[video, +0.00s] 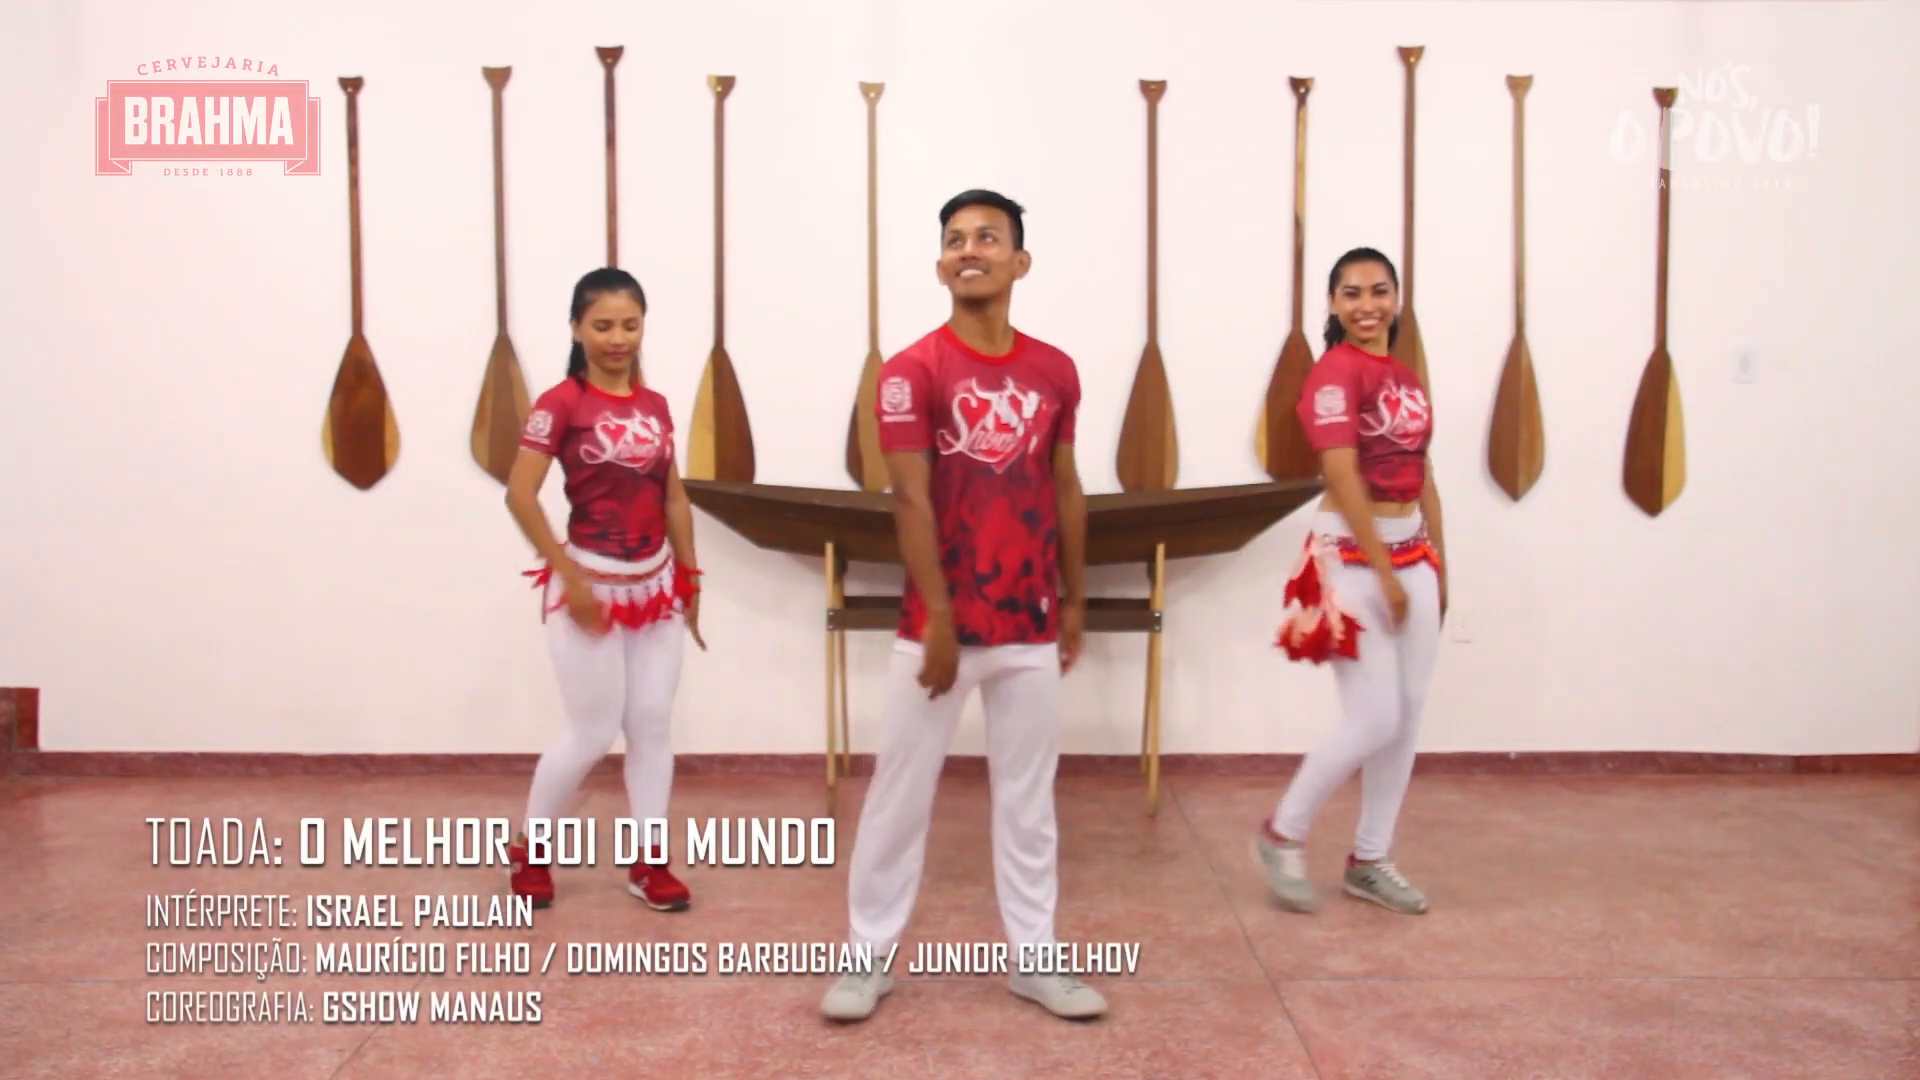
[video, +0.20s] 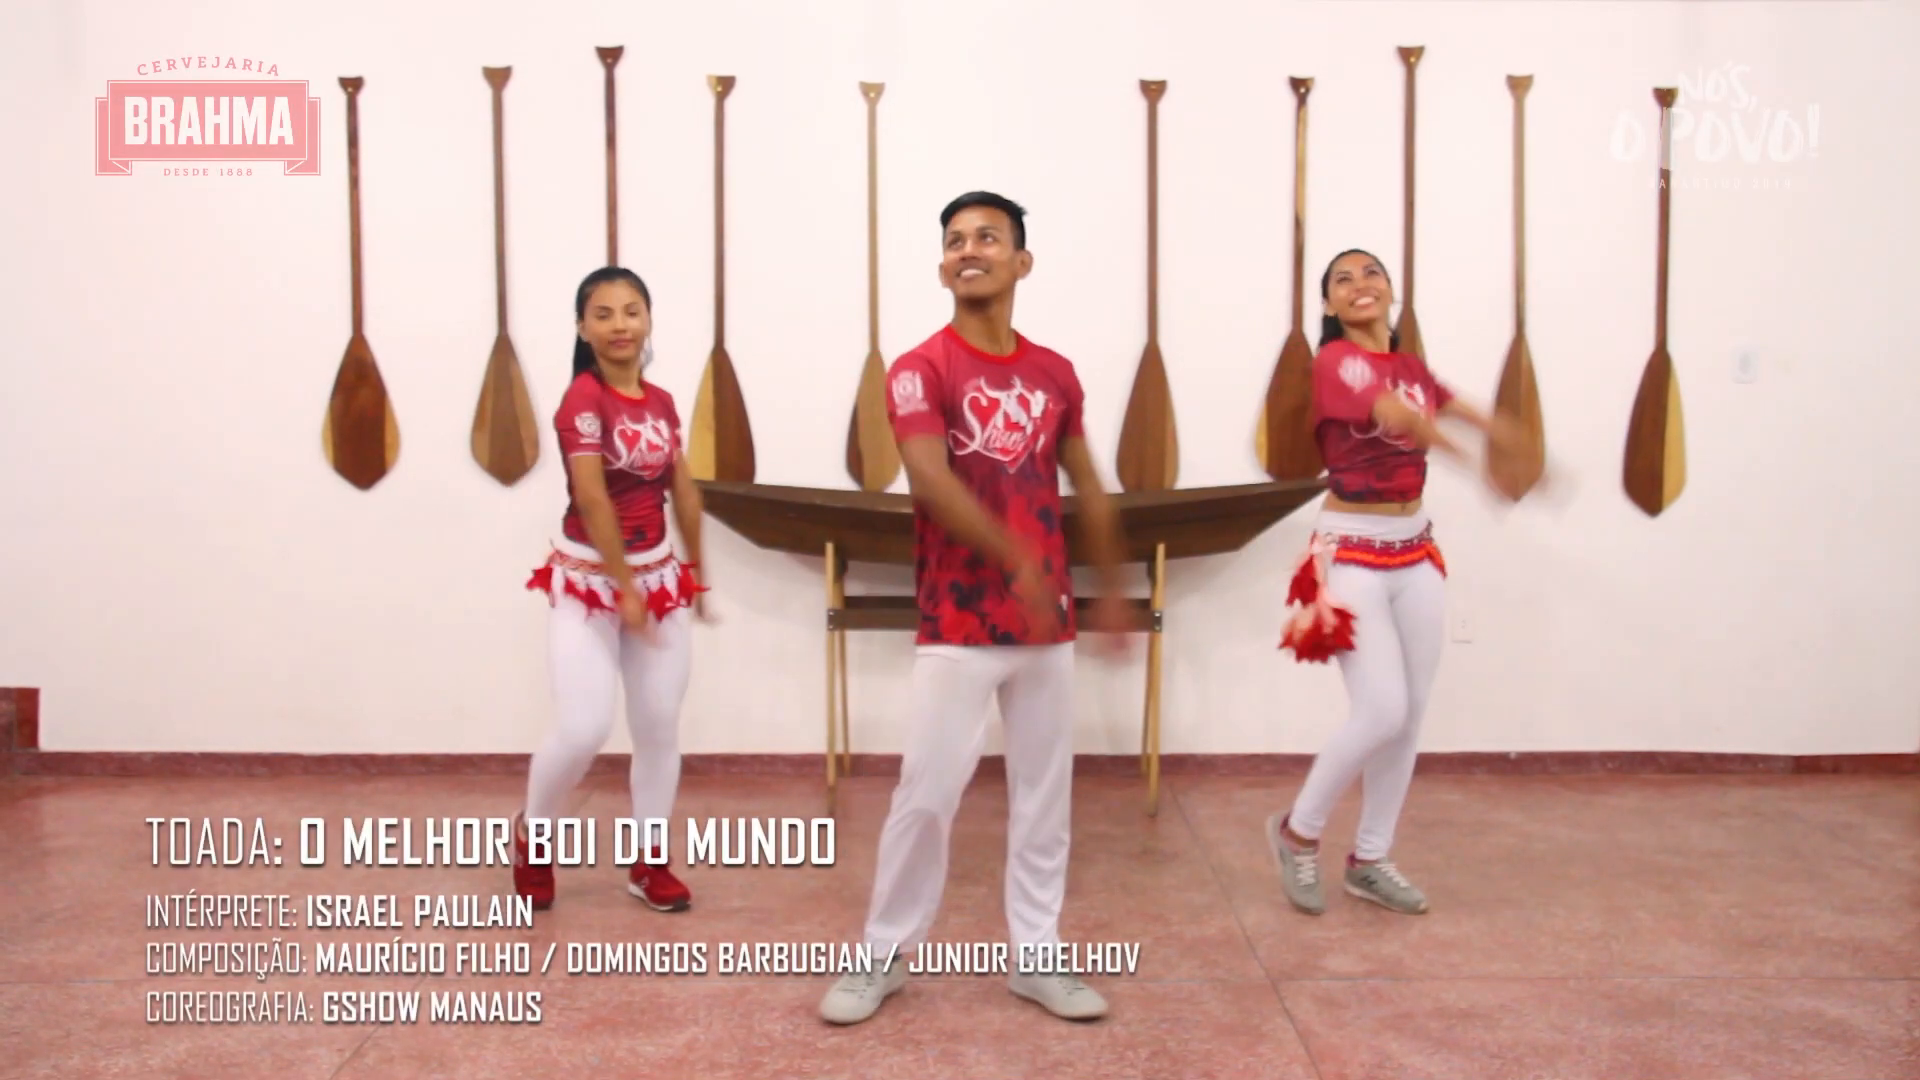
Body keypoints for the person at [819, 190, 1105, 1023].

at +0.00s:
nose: (969, 249)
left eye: (987, 237)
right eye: (956, 239)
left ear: (1020, 261)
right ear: (939, 264)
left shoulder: (1054, 371)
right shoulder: (912, 371)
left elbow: (1064, 486)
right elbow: (911, 499)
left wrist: (1074, 600)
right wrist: (939, 618)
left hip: (1028, 626)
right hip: (937, 625)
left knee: (1028, 800)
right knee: (898, 797)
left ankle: (1034, 954)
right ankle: (868, 951)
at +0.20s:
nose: (967, 250)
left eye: (986, 238)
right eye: (955, 240)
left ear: (1022, 262)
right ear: (941, 266)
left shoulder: (1054, 372)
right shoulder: (920, 367)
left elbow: (1087, 486)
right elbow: (930, 482)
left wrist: (1113, 587)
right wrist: (1020, 561)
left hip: (1043, 622)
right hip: (958, 624)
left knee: (1043, 799)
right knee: (927, 797)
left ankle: (1037, 954)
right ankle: (880, 951)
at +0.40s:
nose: (958, 245)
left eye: (977, 234)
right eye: (946, 236)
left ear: (1015, 258)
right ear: (934, 263)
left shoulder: (1055, 351)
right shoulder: (920, 355)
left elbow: (1140, 363)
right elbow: (889, 360)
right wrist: (952, 312)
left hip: (1035, 622)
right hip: (944, 622)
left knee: (1037, 803)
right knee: (890, 788)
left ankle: (1035, 955)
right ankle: (850, 959)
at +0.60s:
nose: (942, 254)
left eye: (961, 240)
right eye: (931, 243)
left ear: (999, 261)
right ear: (918, 263)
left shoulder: (1031, 345)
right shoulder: (895, 350)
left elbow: (1110, 267)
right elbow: (846, 276)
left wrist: (1177, 173)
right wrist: (835, 155)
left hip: (1016, 625)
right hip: (921, 627)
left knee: (1025, 807)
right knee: (873, 812)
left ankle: (1035, 957)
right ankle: (823, 989)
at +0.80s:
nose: (903, 247)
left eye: (923, 236)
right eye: (892, 235)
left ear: (961, 260)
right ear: (876, 256)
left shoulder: (981, 347)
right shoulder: (841, 348)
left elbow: (1043, 242)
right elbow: (755, 265)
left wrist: (1067, 122)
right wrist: (683, 177)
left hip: (967, 626)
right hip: (865, 629)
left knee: (1005, 806)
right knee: (830, 822)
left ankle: (1035, 956)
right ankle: (812, 1002)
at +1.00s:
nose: (862, 240)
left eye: (883, 229)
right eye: (852, 228)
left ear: (924, 255)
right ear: (838, 248)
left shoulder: (944, 343)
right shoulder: (792, 338)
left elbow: (999, 242)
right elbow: (687, 282)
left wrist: (981, 123)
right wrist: (577, 217)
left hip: (915, 629)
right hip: (808, 630)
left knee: (982, 798)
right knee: (791, 827)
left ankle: (1044, 953)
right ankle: (807, 1006)